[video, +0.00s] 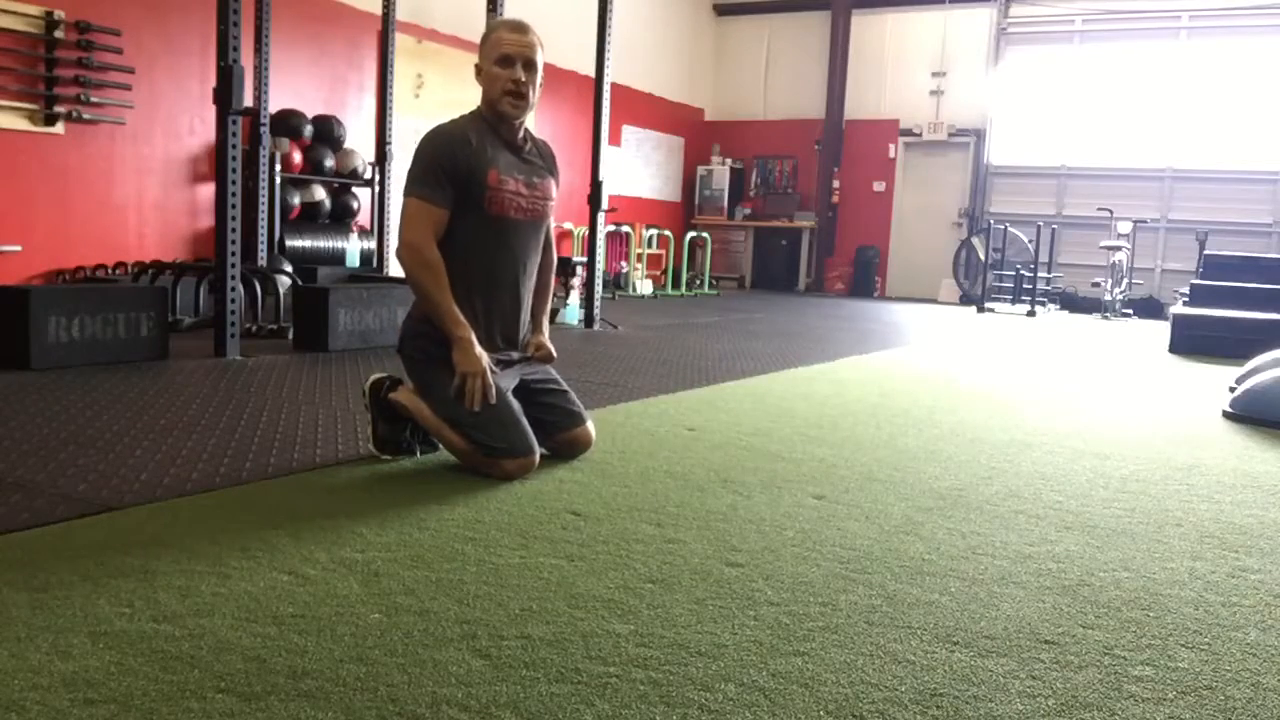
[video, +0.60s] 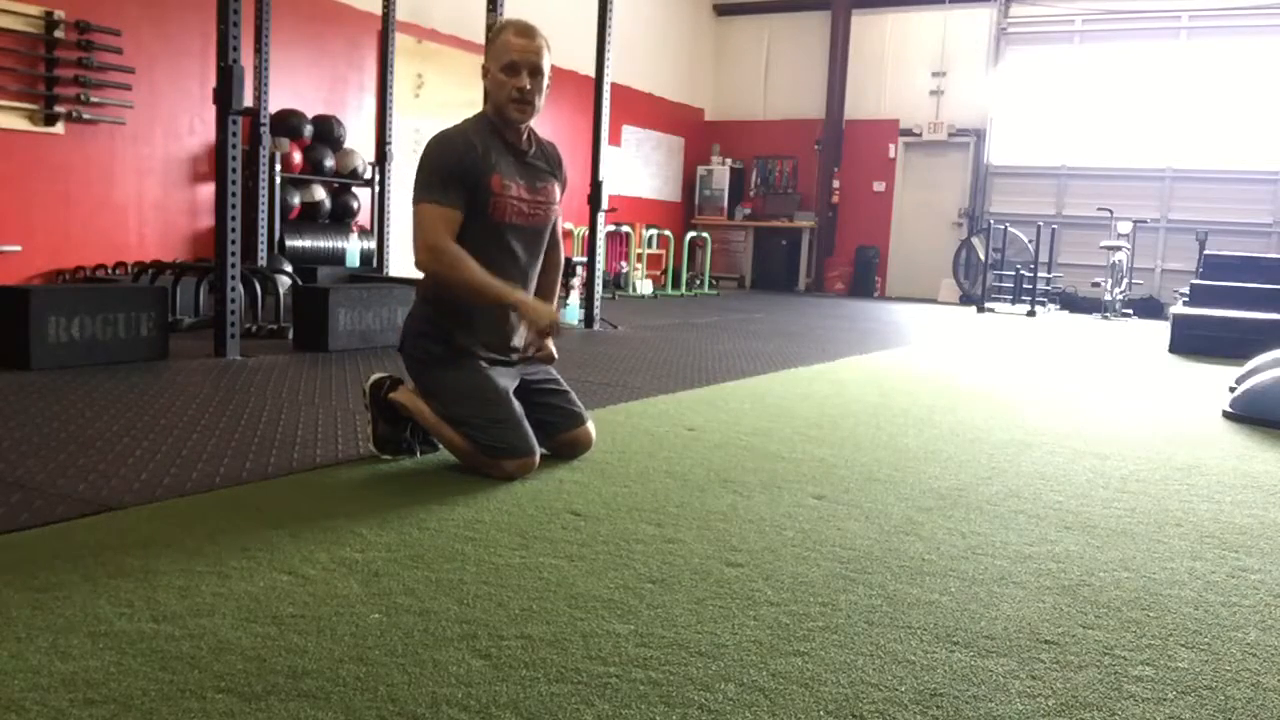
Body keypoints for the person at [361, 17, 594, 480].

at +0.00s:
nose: (519, 76)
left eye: (529, 66)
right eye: (505, 63)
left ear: (540, 78)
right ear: (480, 71)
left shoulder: (543, 157)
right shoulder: (448, 144)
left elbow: (545, 247)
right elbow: (414, 246)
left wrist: (539, 329)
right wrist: (463, 336)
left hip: (514, 345)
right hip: (448, 346)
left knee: (574, 439)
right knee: (515, 463)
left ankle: (442, 412)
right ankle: (399, 399)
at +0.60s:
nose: (523, 84)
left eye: (535, 73)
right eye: (509, 70)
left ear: (548, 81)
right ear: (485, 73)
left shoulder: (548, 158)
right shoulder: (454, 148)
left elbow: (552, 246)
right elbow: (432, 251)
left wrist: (543, 321)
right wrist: (523, 301)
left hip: (514, 343)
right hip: (450, 346)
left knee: (574, 439)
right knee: (515, 462)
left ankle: (444, 413)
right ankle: (399, 399)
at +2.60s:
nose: (572, 95)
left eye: (577, 83)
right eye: (558, 80)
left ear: (582, 87)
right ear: (518, 75)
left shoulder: (566, 172)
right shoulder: (473, 156)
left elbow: (562, 257)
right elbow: (441, 265)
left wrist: (564, 333)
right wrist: (490, 354)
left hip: (509, 341)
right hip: (447, 344)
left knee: (574, 439)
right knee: (515, 463)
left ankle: (446, 410)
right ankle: (399, 399)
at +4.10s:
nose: (531, 79)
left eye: (536, 68)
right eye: (517, 64)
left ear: (540, 77)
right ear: (478, 71)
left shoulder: (537, 163)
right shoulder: (454, 151)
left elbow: (545, 257)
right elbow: (452, 253)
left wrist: (569, 343)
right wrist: (539, 302)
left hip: (506, 345)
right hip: (446, 347)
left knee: (574, 440)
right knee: (514, 462)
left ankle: (444, 411)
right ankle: (399, 400)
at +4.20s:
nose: (529, 79)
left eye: (532, 68)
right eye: (515, 65)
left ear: (535, 75)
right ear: (474, 71)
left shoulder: (531, 162)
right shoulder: (451, 150)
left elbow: (541, 261)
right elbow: (464, 253)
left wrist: (575, 337)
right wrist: (562, 252)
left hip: (507, 346)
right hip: (446, 349)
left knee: (575, 440)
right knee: (514, 463)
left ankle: (447, 406)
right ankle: (399, 399)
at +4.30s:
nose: (528, 78)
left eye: (531, 66)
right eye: (513, 65)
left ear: (534, 73)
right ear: (472, 71)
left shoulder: (528, 162)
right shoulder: (450, 150)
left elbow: (540, 252)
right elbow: (481, 246)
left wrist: (583, 304)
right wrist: (568, 198)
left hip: (508, 347)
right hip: (447, 349)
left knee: (573, 439)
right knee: (514, 463)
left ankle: (443, 410)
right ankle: (398, 399)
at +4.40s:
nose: (530, 80)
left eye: (532, 68)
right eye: (517, 66)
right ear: (474, 73)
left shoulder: (528, 161)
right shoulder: (452, 149)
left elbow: (546, 256)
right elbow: (490, 239)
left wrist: (594, 242)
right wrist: (553, 172)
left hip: (509, 347)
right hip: (447, 350)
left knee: (574, 439)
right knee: (514, 462)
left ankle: (442, 409)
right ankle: (400, 400)